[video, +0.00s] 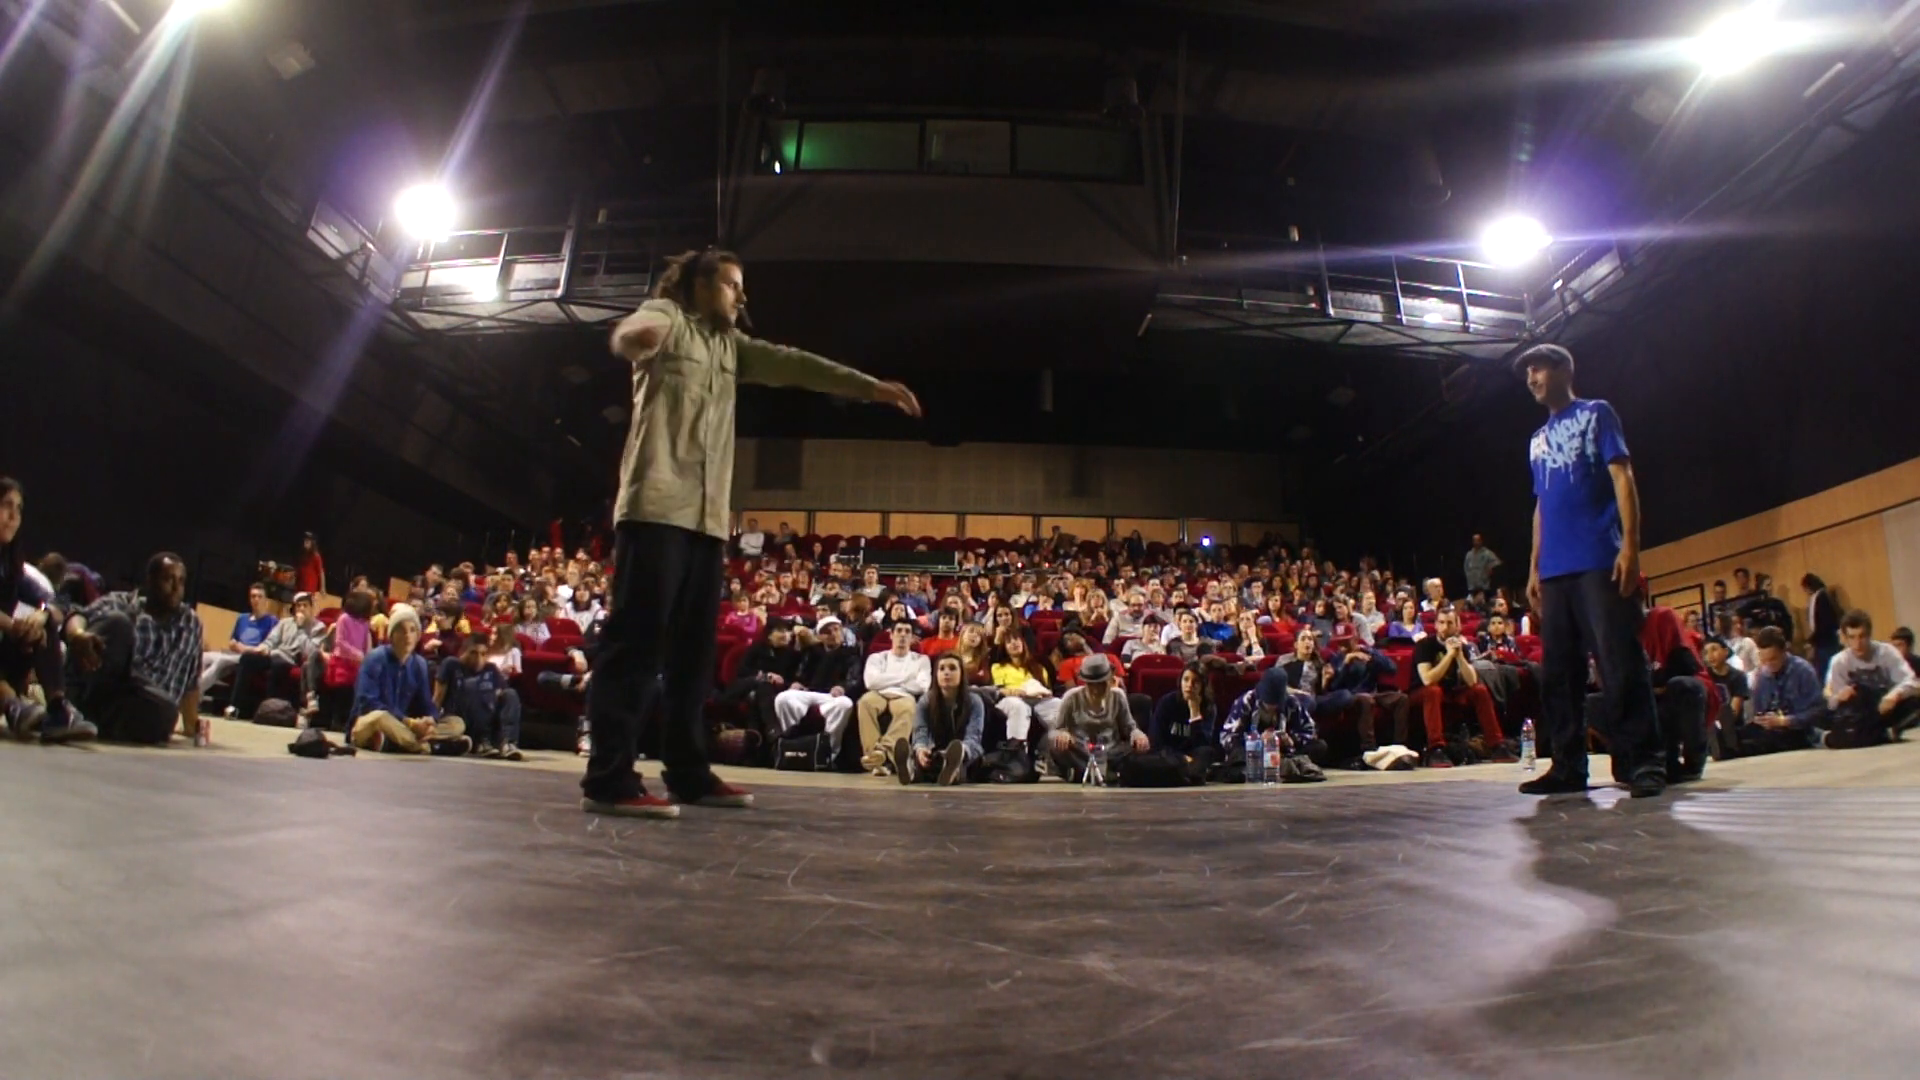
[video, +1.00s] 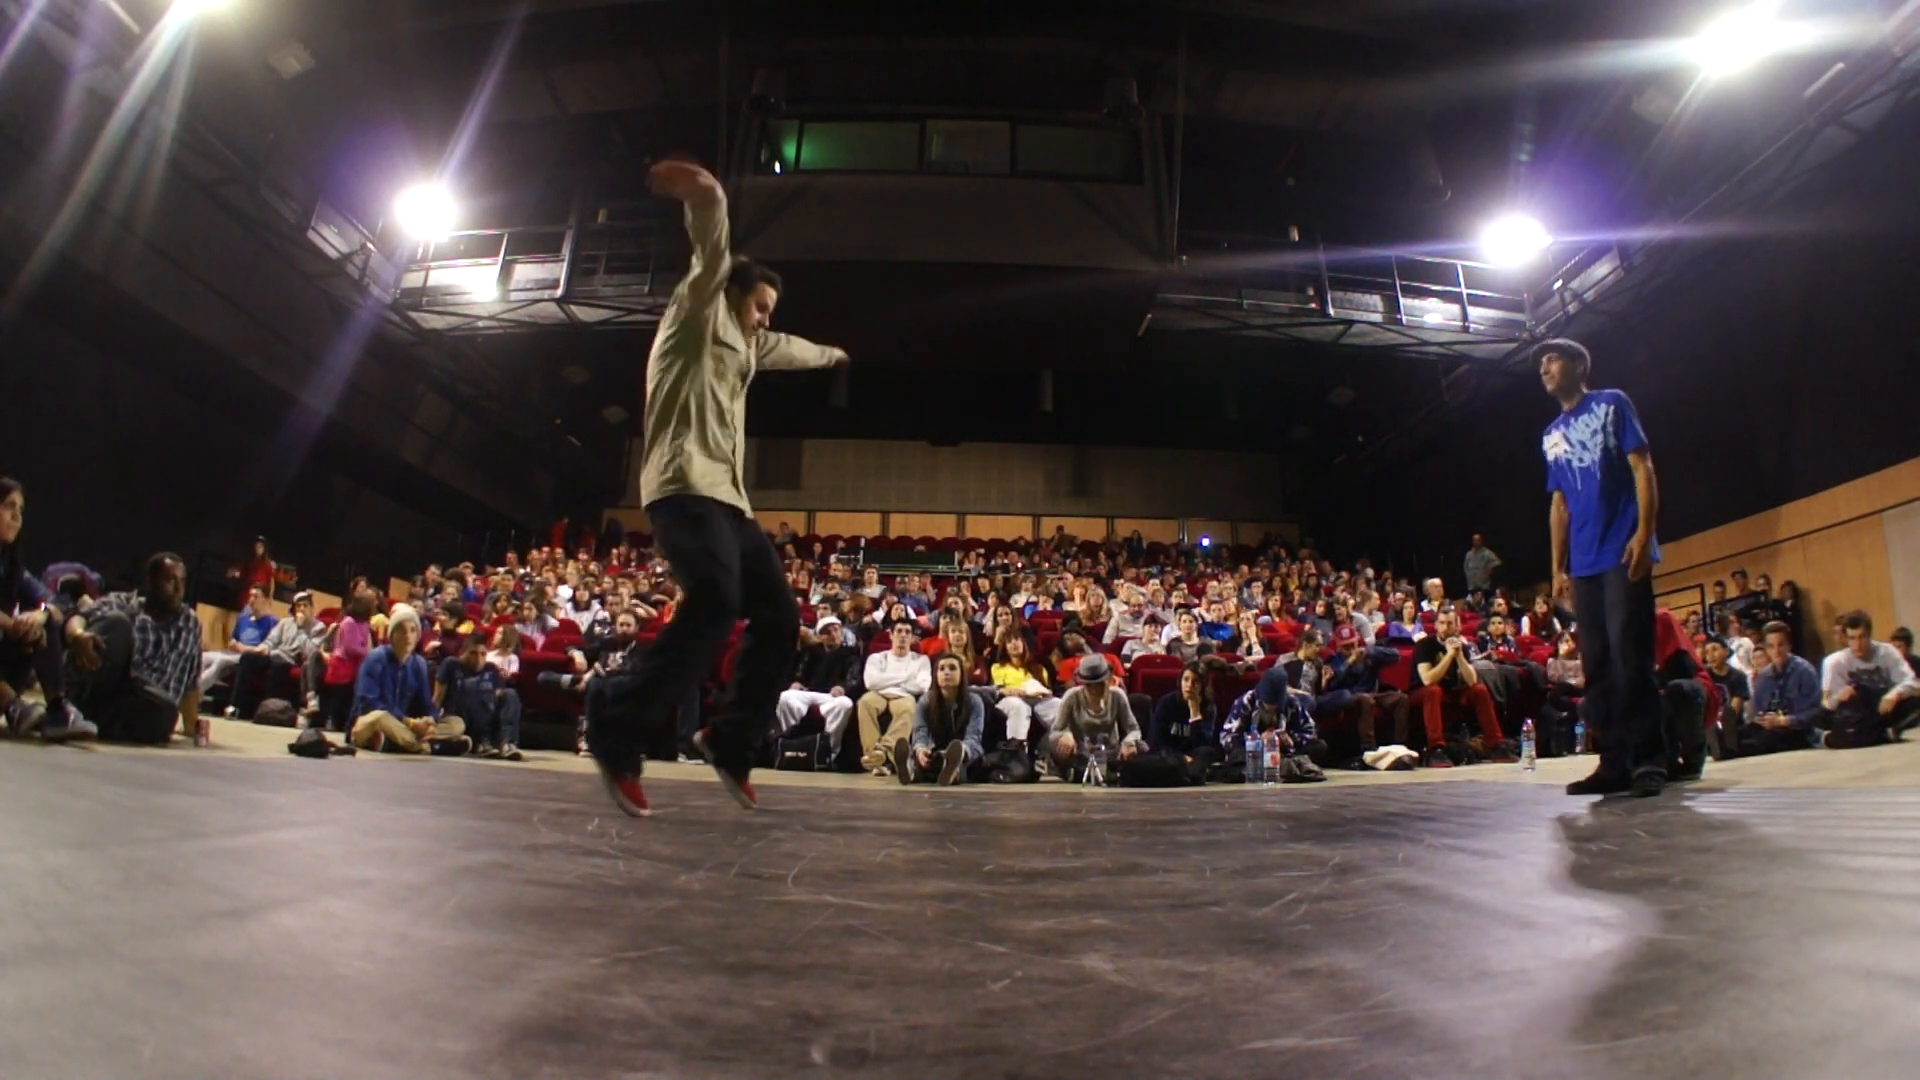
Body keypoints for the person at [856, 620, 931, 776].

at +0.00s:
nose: (903, 635)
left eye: (907, 632)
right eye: (899, 631)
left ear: (912, 638)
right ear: (891, 634)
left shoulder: (921, 659)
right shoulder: (876, 658)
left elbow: (922, 686)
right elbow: (871, 682)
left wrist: (886, 683)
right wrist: (905, 678)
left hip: (904, 694)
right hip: (879, 692)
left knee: (907, 710)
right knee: (865, 703)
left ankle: (884, 750)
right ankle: (876, 761)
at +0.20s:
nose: (903, 635)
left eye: (907, 632)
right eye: (899, 631)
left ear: (912, 638)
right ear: (891, 634)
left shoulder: (921, 659)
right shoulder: (876, 658)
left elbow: (922, 686)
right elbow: (871, 682)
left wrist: (887, 682)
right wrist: (905, 677)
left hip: (904, 694)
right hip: (879, 692)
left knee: (907, 710)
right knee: (865, 703)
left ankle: (884, 750)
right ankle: (876, 761)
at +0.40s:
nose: (903, 635)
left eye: (907, 632)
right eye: (899, 631)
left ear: (912, 638)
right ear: (891, 634)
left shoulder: (921, 659)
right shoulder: (876, 658)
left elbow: (922, 686)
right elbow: (871, 682)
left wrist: (887, 683)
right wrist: (905, 678)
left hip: (904, 694)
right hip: (879, 692)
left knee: (907, 710)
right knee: (865, 703)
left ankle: (884, 750)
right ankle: (876, 761)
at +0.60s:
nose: (903, 635)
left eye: (907, 632)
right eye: (899, 631)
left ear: (912, 638)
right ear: (891, 634)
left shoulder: (921, 659)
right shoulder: (876, 658)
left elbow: (922, 686)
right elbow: (871, 682)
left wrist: (887, 682)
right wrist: (905, 677)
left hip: (904, 694)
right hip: (879, 692)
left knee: (907, 710)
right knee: (865, 703)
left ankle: (884, 750)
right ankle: (876, 761)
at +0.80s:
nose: (903, 635)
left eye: (907, 632)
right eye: (899, 631)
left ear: (912, 638)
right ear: (891, 635)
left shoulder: (921, 659)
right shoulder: (876, 658)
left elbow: (922, 686)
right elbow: (871, 682)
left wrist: (887, 682)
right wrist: (905, 677)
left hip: (904, 694)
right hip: (879, 692)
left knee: (907, 710)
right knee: (865, 703)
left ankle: (884, 750)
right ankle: (875, 761)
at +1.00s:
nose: (903, 636)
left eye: (907, 632)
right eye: (899, 631)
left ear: (912, 637)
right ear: (891, 635)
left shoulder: (921, 659)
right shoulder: (876, 658)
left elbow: (922, 686)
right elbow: (871, 682)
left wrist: (887, 682)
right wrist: (905, 677)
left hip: (904, 694)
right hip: (879, 692)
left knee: (907, 710)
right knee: (865, 703)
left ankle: (884, 750)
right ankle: (875, 761)